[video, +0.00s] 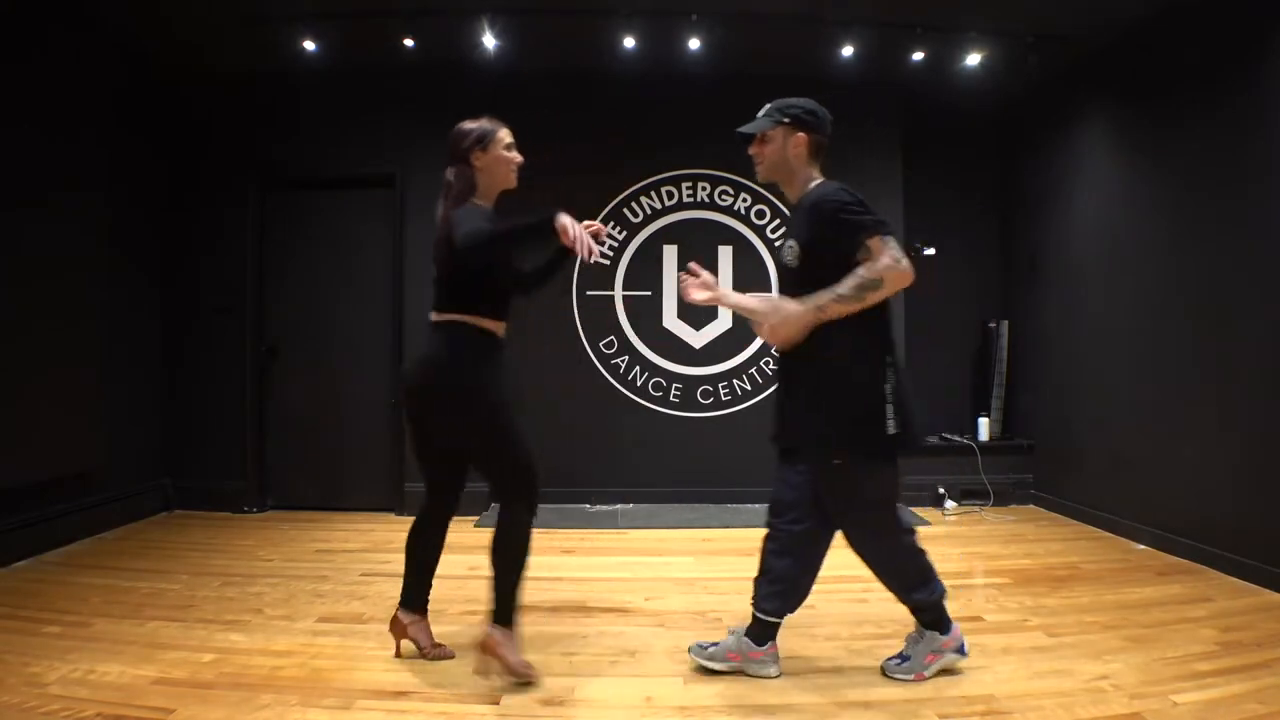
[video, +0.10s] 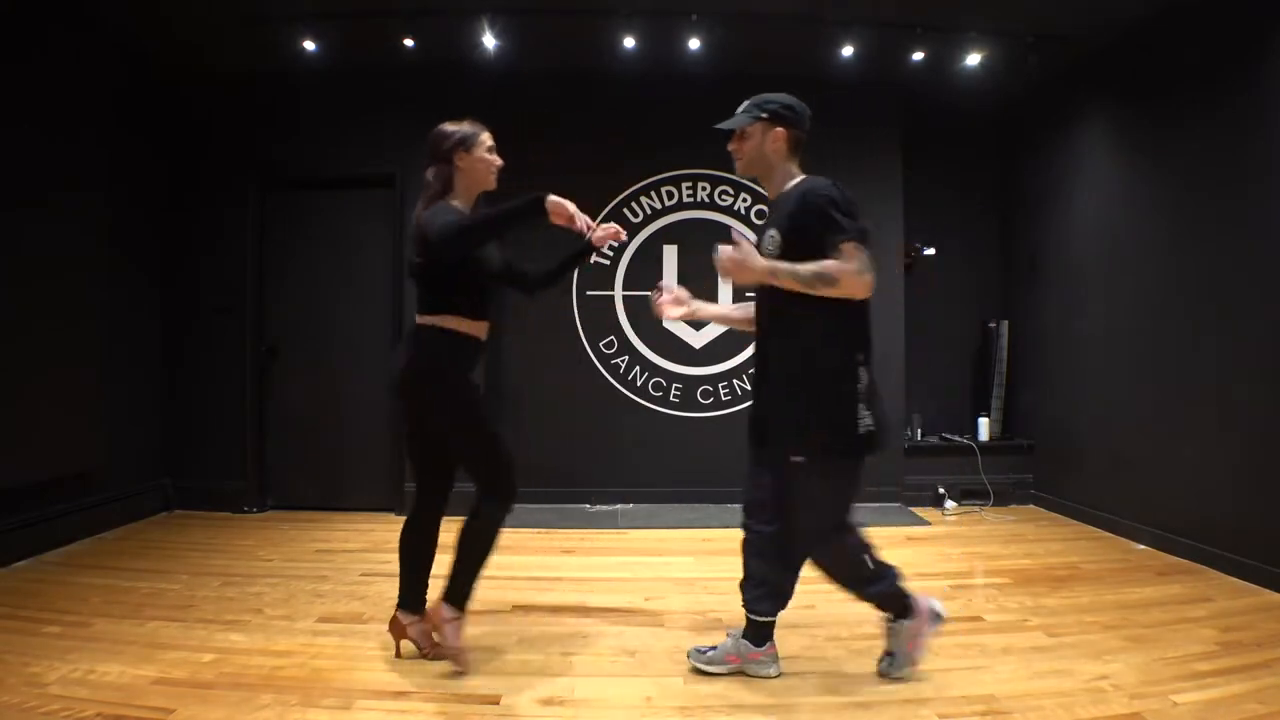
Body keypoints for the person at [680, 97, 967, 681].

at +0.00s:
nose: (753, 151)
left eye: (762, 139)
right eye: (753, 141)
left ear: (797, 139)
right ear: (790, 143)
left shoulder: (831, 202)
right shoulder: (802, 219)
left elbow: (895, 267)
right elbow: (794, 313)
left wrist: (809, 310)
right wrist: (722, 295)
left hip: (851, 403)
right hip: (812, 403)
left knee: (872, 520)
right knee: (793, 522)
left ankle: (939, 631)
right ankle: (758, 639)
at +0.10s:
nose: (732, 147)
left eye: (742, 135)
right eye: (733, 137)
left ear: (777, 136)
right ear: (768, 140)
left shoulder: (819, 197)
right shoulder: (776, 216)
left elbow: (858, 278)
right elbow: (773, 315)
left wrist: (763, 271)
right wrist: (697, 307)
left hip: (826, 400)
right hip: (780, 398)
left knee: (817, 525)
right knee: (767, 521)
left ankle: (907, 611)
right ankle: (757, 641)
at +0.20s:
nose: (714, 149)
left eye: (722, 137)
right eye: (714, 138)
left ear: (756, 136)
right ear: (751, 138)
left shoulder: (800, 198)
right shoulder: (755, 214)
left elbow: (808, 286)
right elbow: (746, 316)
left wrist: (733, 265)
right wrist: (673, 320)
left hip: (794, 389)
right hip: (758, 388)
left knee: (753, 512)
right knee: (742, 510)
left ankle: (841, 607)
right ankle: (754, 641)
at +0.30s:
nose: (686, 157)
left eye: (691, 144)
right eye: (685, 147)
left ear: (726, 138)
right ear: (721, 142)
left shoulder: (761, 208)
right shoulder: (738, 213)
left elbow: (752, 306)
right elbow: (722, 315)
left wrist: (668, 318)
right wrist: (651, 305)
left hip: (740, 407)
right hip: (722, 403)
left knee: (672, 513)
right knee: (721, 527)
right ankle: (751, 643)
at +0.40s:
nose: (667, 165)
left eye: (673, 151)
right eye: (666, 154)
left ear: (707, 141)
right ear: (707, 146)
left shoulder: (738, 214)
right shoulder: (727, 215)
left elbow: (719, 314)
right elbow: (703, 311)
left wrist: (623, 313)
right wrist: (626, 308)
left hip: (708, 412)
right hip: (702, 409)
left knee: (647, 526)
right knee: (691, 531)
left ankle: (583, 655)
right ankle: (745, 636)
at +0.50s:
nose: (644, 172)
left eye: (647, 157)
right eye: (640, 162)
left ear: (679, 140)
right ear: (683, 147)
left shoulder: (707, 213)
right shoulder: (705, 212)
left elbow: (662, 303)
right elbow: (675, 311)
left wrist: (565, 289)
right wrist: (610, 317)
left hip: (673, 408)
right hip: (667, 403)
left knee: (612, 522)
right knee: (626, 512)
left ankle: (571, 659)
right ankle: (699, 602)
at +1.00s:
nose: (624, 138)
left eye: (631, 127)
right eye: (626, 128)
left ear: (662, 127)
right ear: (661, 130)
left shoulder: (703, 195)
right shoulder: (672, 204)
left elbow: (691, 287)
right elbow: (644, 297)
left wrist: (599, 264)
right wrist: (580, 289)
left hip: (674, 391)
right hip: (663, 388)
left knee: (595, 496)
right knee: (653, 508)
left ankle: (646, 625)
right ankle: (667, 636)